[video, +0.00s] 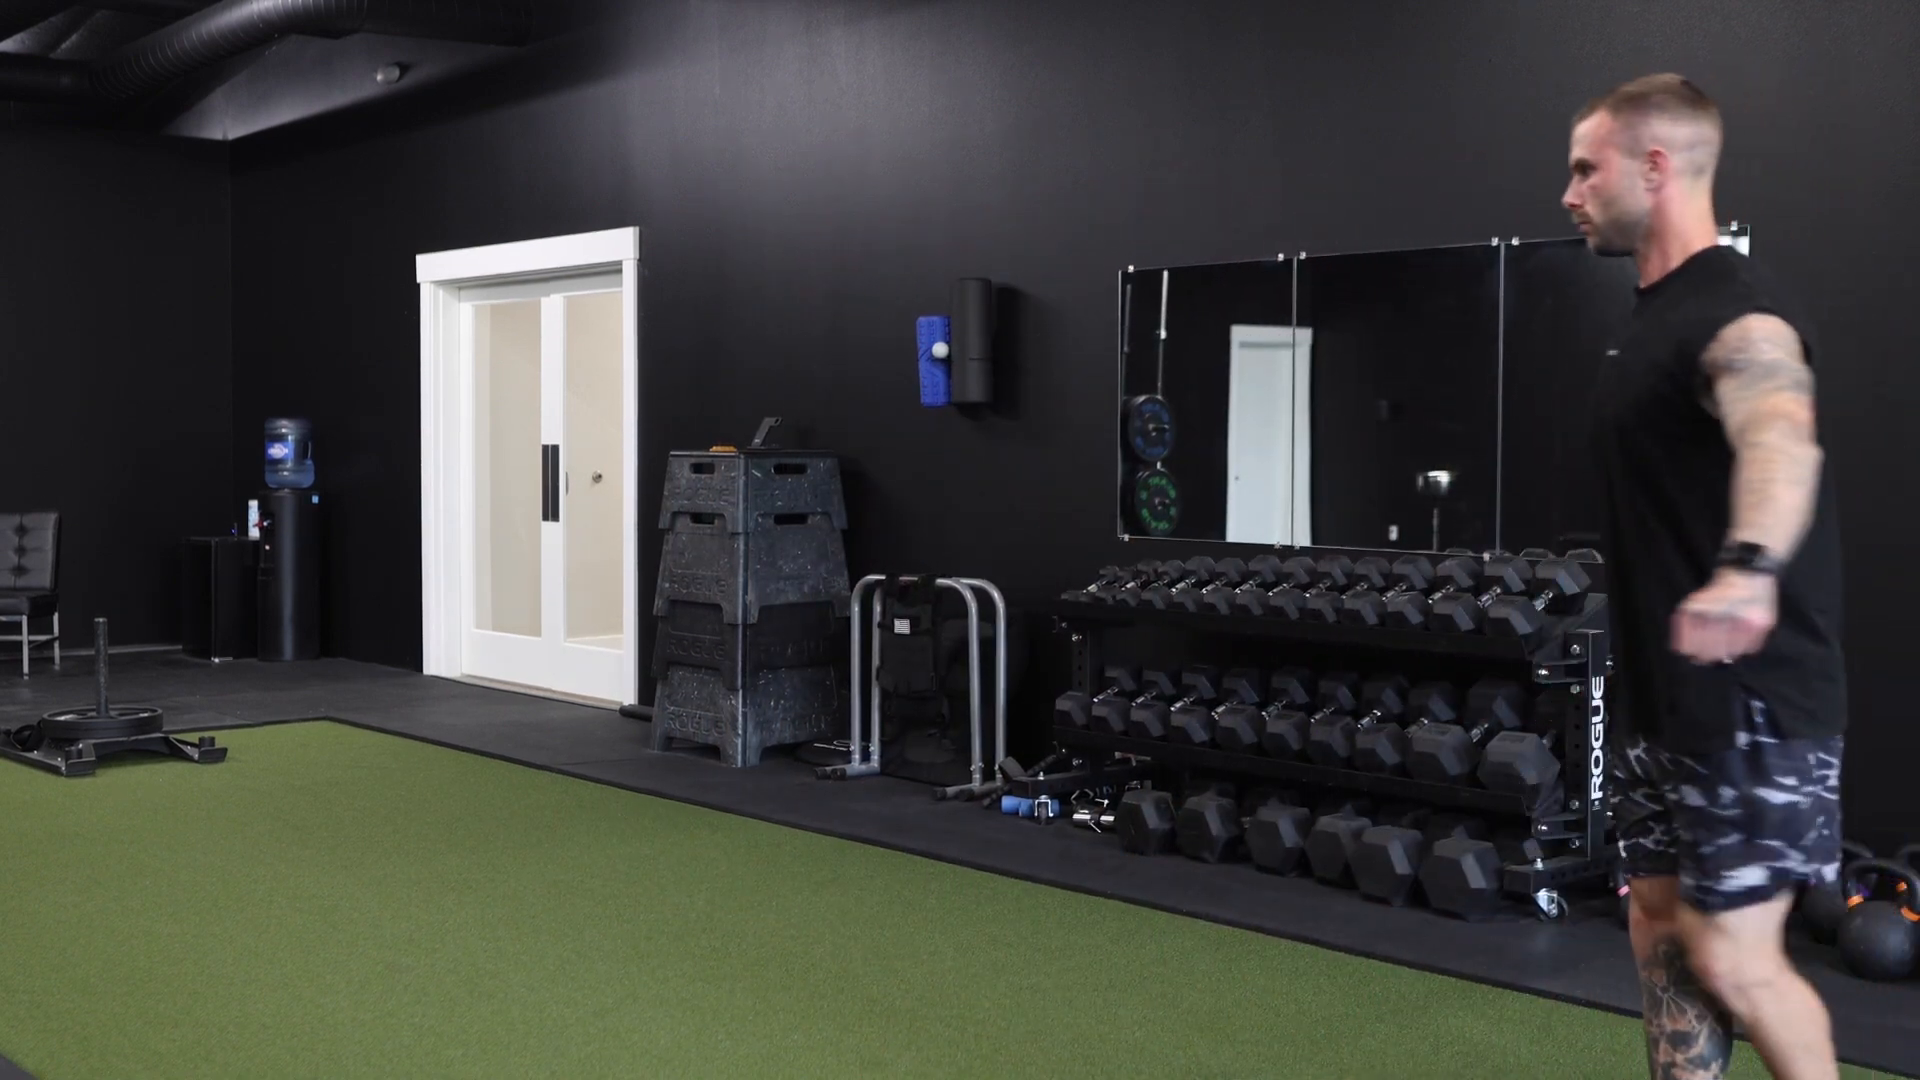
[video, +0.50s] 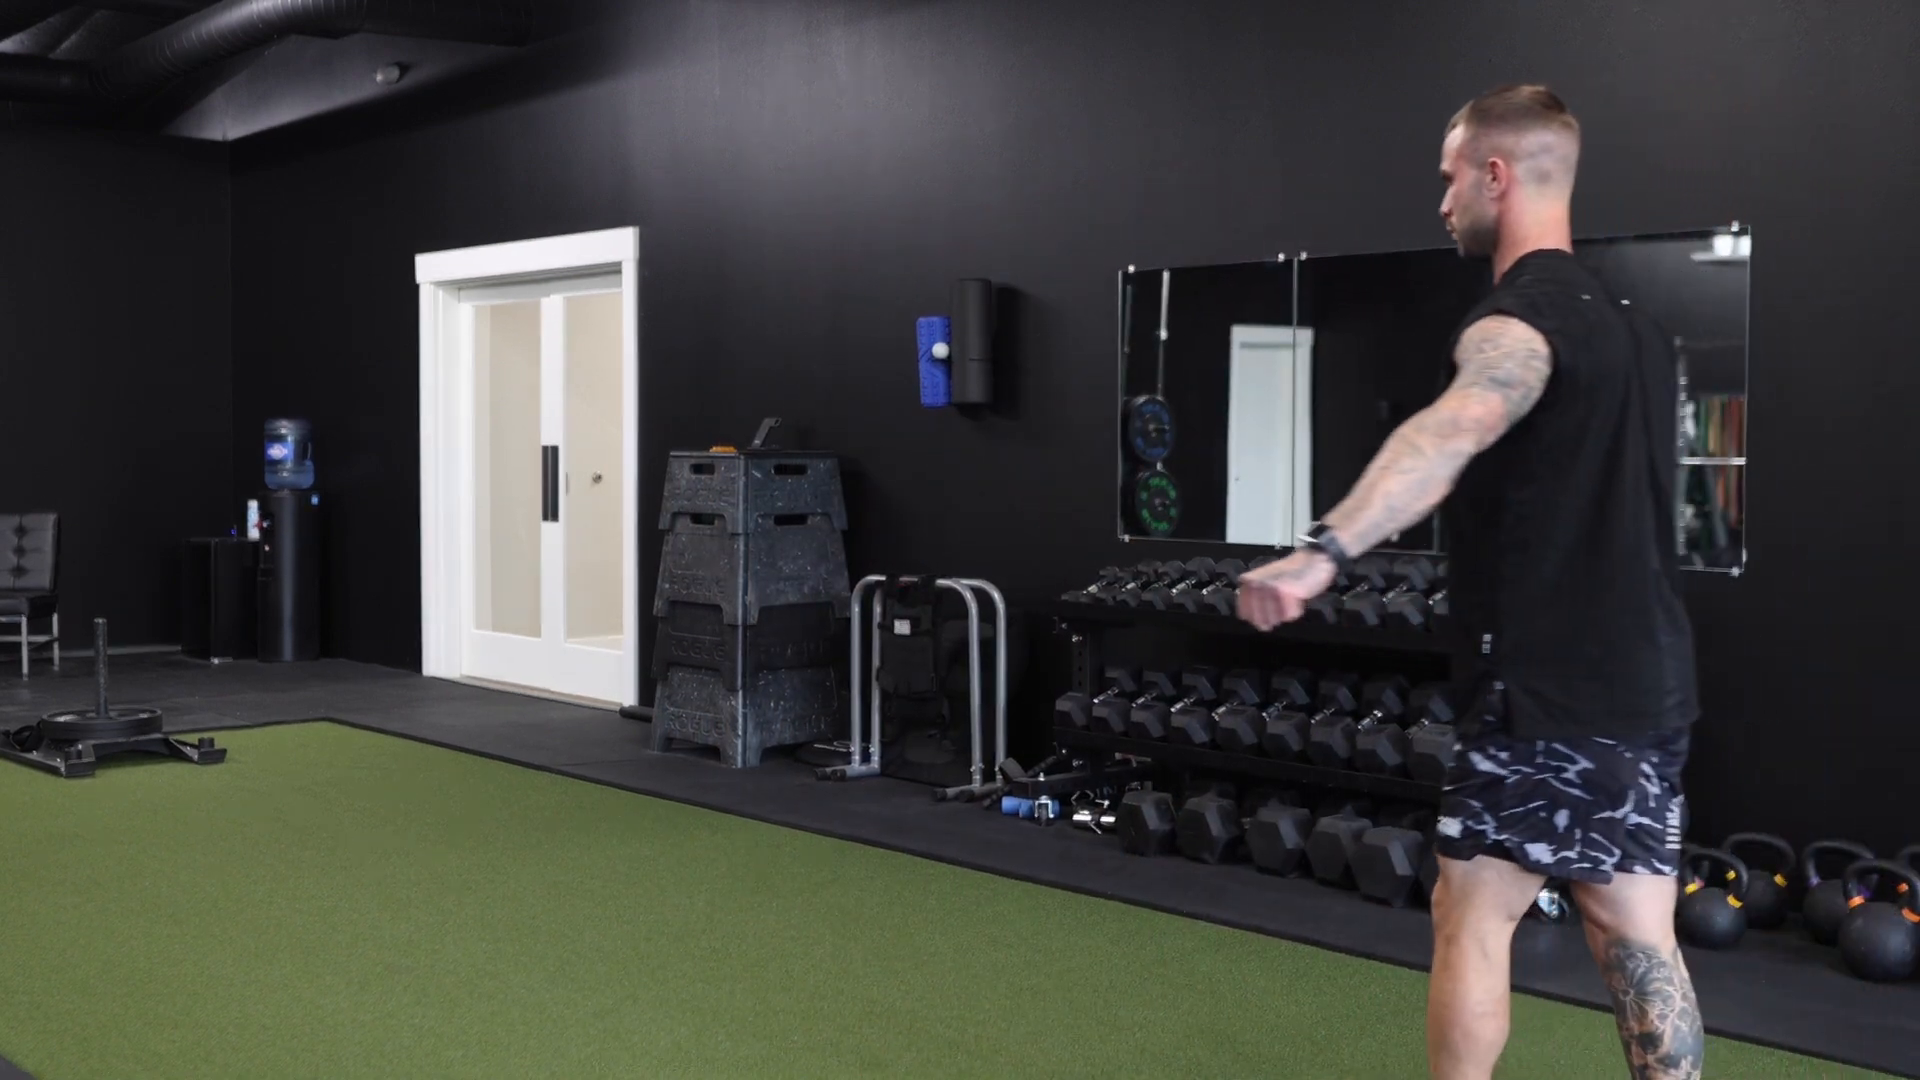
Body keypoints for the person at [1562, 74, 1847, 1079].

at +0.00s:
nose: (1569, 192)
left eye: (1586, 170)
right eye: (1570, 171)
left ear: (1658, 173)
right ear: (1654, 176)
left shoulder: (1739, 321)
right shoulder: (1649, 321)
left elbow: (1778, 443)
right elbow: (1672, 494)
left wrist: (1747, 567)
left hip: (1750, 693)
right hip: (1667, 686)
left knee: (1734, 950)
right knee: (1662, 931)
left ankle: (1820, 1071)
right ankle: (1689, 1077)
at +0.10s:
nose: (1540, 195)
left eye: (1556, 172)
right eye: (1542, 173)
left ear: (1620, 175)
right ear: (1624, 177)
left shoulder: (1692, 310)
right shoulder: (1640, 310)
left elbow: (1703, 445)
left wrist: (1639, 568)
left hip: (1713, 692)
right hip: (1682, 687)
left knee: (1630, 932)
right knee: (1685, 942)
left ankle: (1767, 1071)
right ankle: (1690, 1072)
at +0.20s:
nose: (1517, 197)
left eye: (1529, 174)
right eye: (1518, 175)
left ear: (1592, 174)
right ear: (1598, 176)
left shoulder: (1651, 308)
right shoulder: (1652, 297)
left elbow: (1630, 447)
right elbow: (1654, 469)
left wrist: (1546, 567)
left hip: (1672, 674)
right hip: (1701, 671)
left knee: (1546, 908)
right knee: (1677, 922)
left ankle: (1690, 1069)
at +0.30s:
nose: (1494, 199)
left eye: (1504, 174)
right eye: (1495, 176)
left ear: (1564, 174)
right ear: (1597, 177)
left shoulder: (1609, 307)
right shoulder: (1678, 304)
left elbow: (1571, 434)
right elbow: (1708, 472)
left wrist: (1464, 562)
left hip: (1644, 675)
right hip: (1706, 671)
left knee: (1508, 892)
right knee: (1665, 934)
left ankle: (1580, 1071)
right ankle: (1684, 1075)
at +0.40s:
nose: (1470, 196)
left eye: (1480, 173)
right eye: (1472, 174)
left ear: (1532, 174)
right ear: (1569, 179)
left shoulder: (1568, 310)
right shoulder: (1655, 310)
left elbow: (1512, 429)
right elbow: (1679, 500)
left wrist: (1390, 554)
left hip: (1596, 673)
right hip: (1683, 673)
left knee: (1491, 905)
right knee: (1651, 929)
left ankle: (1490, 1073)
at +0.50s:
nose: (1442, 202)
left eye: (1450, 180)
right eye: (1443, 180)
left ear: (1499, 179)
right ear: (1542, 183)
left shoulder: (1523, 315)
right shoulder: (1639, 327)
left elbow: (1458, 425)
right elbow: (1650, 503)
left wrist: (1323, 551)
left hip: (1541, 683)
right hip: (1647, 681)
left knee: (1472, 924)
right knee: (1638, 939)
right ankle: (1673, 1079)